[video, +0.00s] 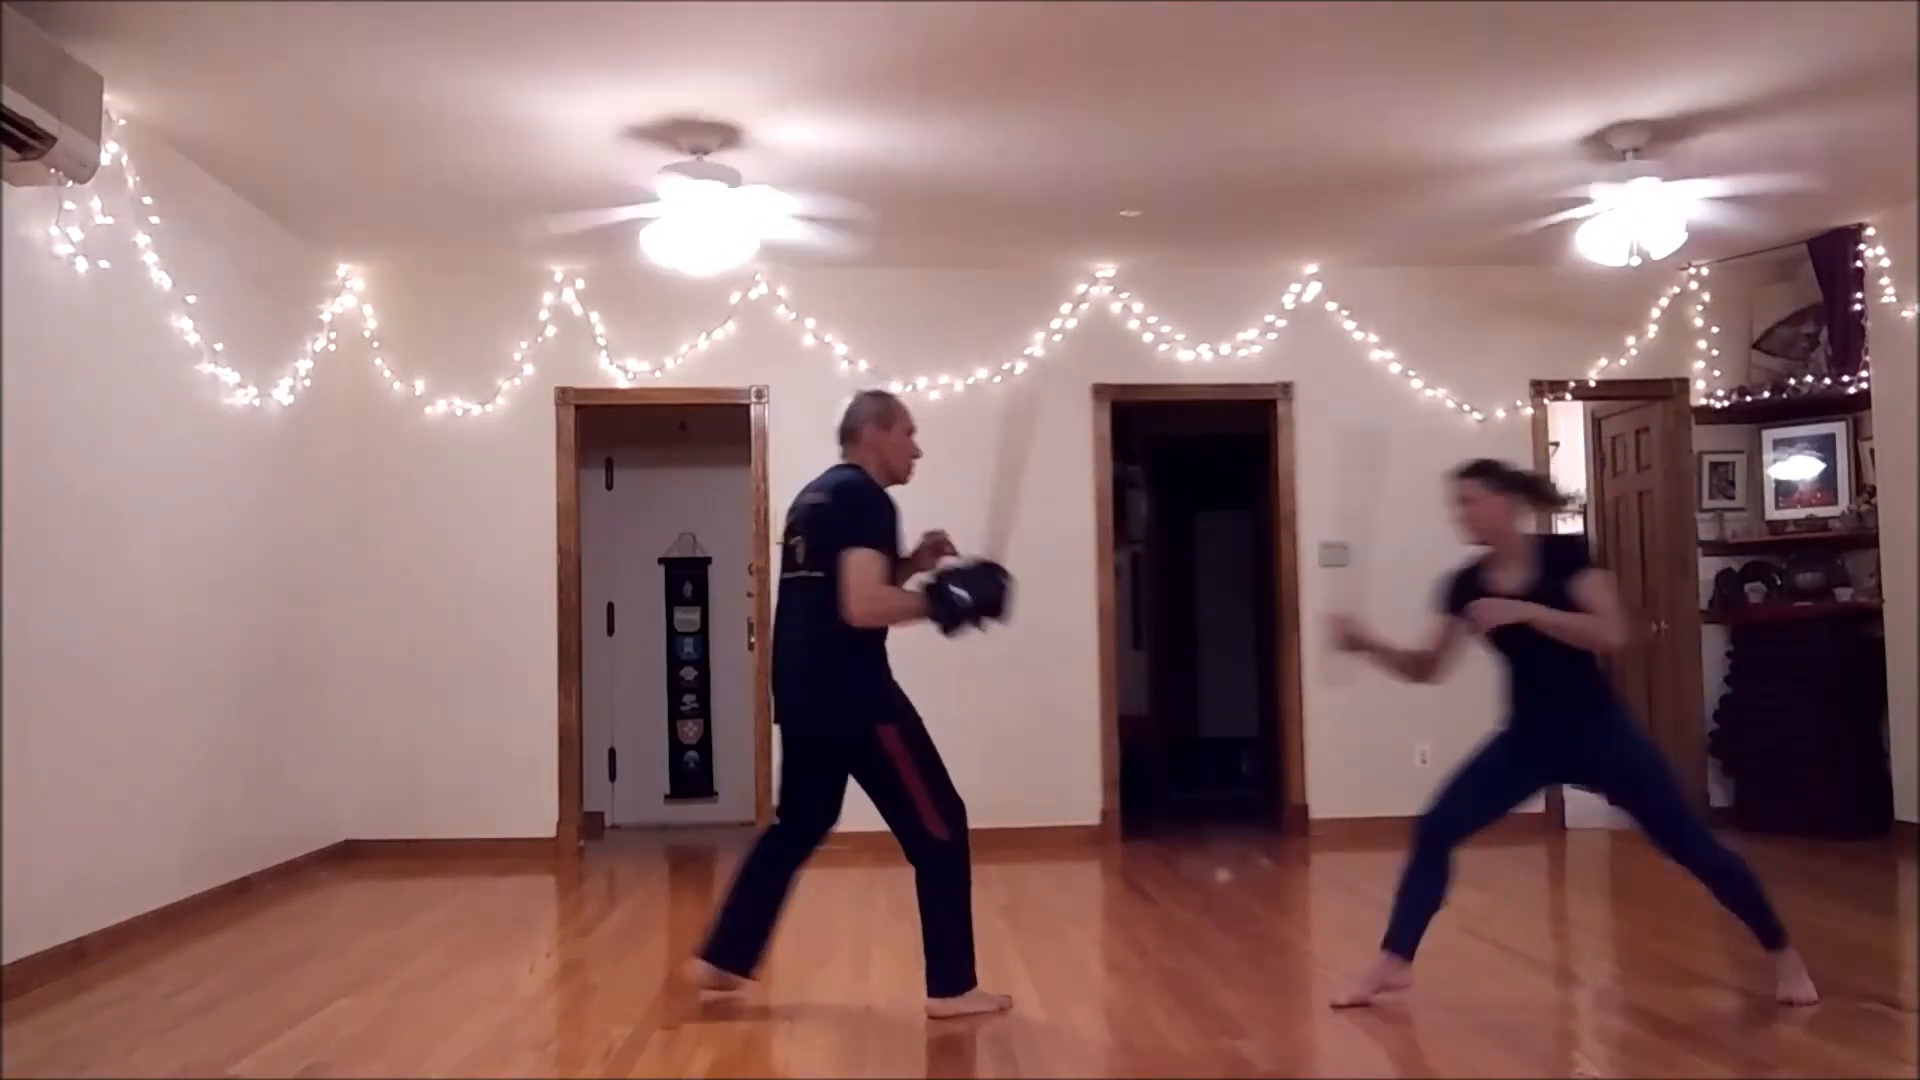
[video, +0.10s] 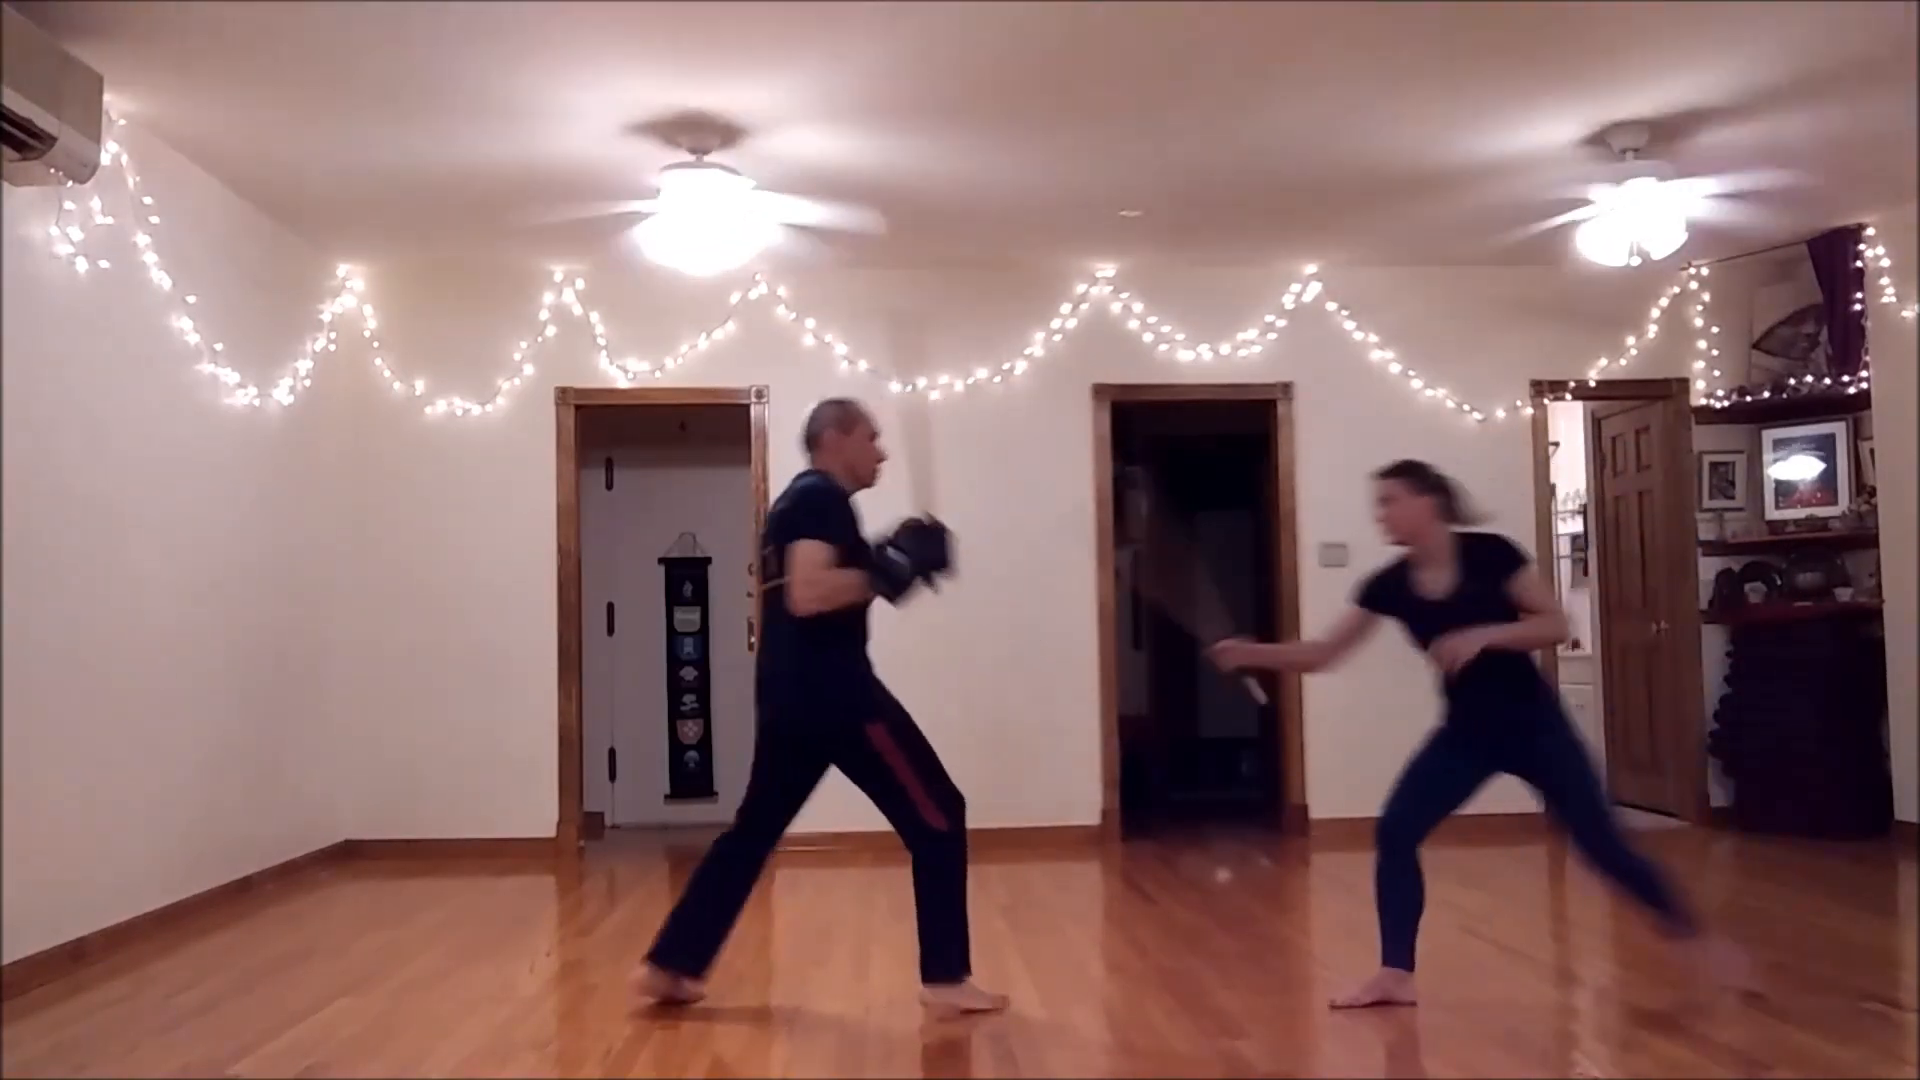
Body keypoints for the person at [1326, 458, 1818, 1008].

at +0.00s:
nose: (1464, 515)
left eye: (1473, 502)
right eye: (1459, 506)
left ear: (1510, 501)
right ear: (1468, 515)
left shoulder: (1567, 558)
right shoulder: (1470, 583)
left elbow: (1613, 634)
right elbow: (1431, 665)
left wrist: (1524, 612)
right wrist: (1369, 645)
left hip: (1600, 736)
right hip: (1528, 741)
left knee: (1686, 840)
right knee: (1437, 828)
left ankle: (1781, 950)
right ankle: (1393, 963)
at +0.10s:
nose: (1382, 515)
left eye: (1393, 502)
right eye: (1380, 504)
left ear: (1432, 504)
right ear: (1397, 515)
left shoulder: (1490, 555)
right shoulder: (1390, 585)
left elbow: (1557, 625)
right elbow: (1324, 652)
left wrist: (1482, 637)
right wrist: (1253, 653)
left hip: (1535, 725)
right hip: (1466, 734)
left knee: (1600, 843)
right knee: (1397, 830)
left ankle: (1695, 936)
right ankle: (1396, 974)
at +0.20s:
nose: (1334, 512)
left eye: (1343, 499)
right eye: (1332, 501)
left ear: (1384, 498)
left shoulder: (1443, 552)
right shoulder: (1344, 576)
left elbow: (1517, 621)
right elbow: (1288, 652)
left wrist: (1454, 665)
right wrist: (1221, 669)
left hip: (1477, 710)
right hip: (1413, 714)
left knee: (1494, 827)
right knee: (1358, 822)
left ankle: (1522, 945)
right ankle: (1389, 965)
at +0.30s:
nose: (1303, 519)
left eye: (1311, 506)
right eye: (1300, 508)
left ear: (1351, 504)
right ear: (1335, 511)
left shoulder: (1407, 560)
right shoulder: (1319, 580)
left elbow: (1476, 622)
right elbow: (1282, 661)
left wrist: (1434, 683)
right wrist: (1221, 651)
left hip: (1419, 720)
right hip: (1362, 722)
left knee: (1405, 829)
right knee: (1275, 796)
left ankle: (1445, 977)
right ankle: (1314, 932)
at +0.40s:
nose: (1263, 527)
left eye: (1272, 514)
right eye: (1258, 517)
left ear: (1309, 513)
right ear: (1265, 523)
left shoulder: (1360, 566)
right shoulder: (1274, 584)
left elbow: (1437, 618)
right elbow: (1225, 650)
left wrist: (1394, 660)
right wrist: (1176, 606)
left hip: (1364, 733)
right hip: (1307, 735)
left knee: (1365, 851)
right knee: (1209, 803)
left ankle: (1442, 984)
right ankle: (1175, 925)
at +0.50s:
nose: (1202, 520)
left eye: (1212, 508)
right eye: (1198, 511)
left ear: (1250, 508)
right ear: (1200, 519)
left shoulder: (1297, 564)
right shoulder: (1204, 573)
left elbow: (1362, 627)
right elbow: (1135, 624)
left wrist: (1319, 648)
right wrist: (1106, 568)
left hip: (1300, 723)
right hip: (1237, 725)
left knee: (1346, 837)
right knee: (1163, 808)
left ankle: (1430, 968)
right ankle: (1108, 915)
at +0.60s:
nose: (1161, 522)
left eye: (1171, 511)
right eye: (1157, 512)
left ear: (1205, 511)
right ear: (1154, 518)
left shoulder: (1243, 571)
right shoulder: (1148, 576)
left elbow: (1289, 638)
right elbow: (1084, 619)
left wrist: (1248, 631)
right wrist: (1061, 563)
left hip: (1247, 728)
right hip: (1175, 731)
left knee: (1305, 819)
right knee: (1129, 828)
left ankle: (1358, 935)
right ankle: (1112, 931)